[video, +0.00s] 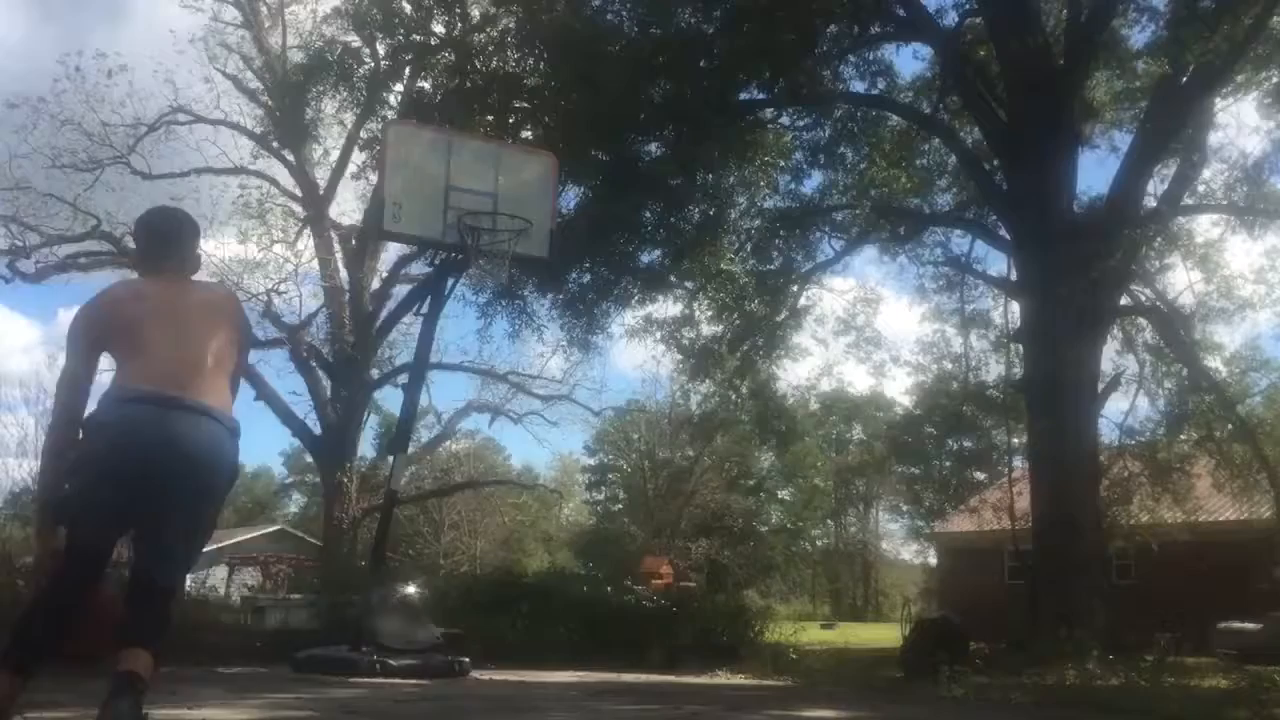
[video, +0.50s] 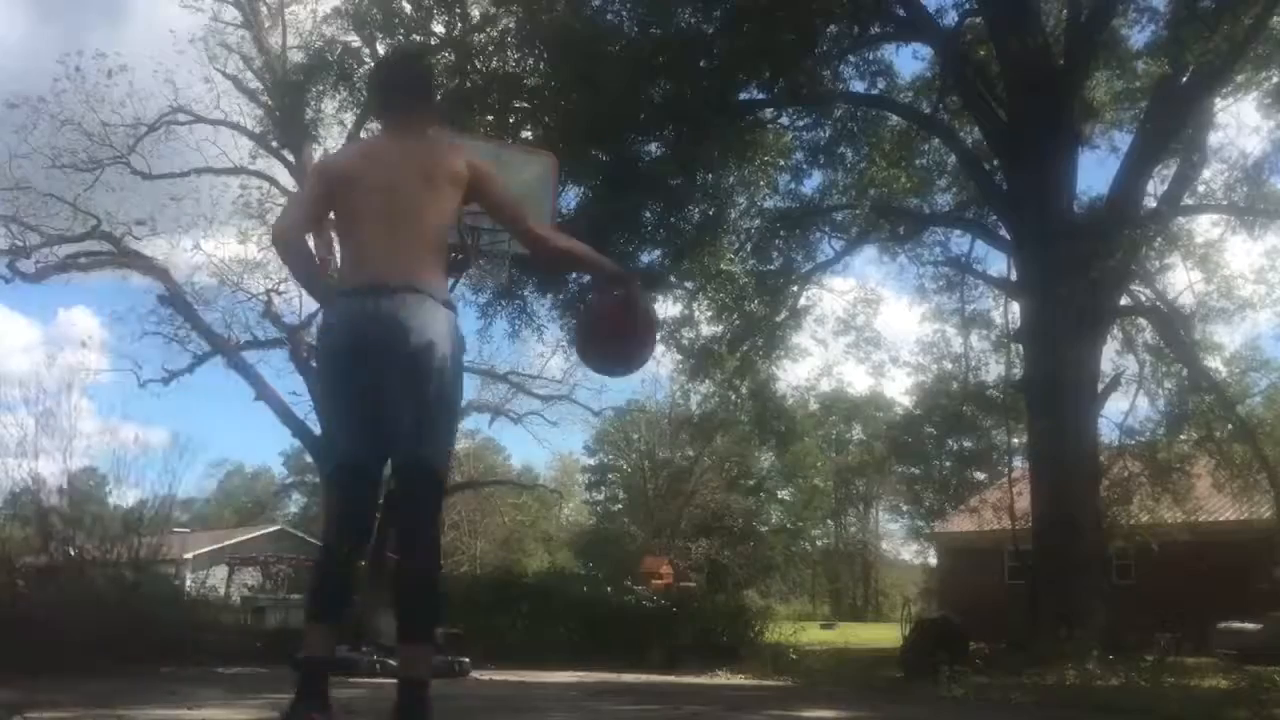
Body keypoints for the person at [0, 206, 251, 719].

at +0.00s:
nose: (195, 257)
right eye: (196, 249)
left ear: (137, 251)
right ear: (195, 254)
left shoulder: (105, 304)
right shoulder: (229, 304)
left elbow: (66, 418)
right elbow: (229, 386)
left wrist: (46, 513)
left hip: (123, 428)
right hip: (207, 441)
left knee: (74, 569)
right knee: (159, 579)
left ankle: (8, 689)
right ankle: (126, 695)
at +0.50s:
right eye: (428, 99)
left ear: (374, 102)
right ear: (432, 100)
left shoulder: (335, 164)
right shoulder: (455, 157)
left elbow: (286, 234)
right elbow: (536, 236)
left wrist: (329, 297)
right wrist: (612, 268)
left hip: (346, 321)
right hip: (423, 323)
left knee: (344, 516)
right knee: (419, 512)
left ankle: (311, 691)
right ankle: (414, 694)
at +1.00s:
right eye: (746, 168)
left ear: (687, 172)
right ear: (746, 171)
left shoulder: (657, 240)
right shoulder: (771, 233)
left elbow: (626, 350)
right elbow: (771, 339)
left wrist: (690, 330)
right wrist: (801, 377)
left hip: (660, 425)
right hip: (733, 419)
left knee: (740, 543)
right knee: (800, 579)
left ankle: (697, 679)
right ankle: (806, 707)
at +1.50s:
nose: (878, 7)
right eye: (875, 5)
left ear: (804, 9)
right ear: (861, 6)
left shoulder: (778, 42)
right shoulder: (884, 34)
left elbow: (751, 4)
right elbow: (909, 11)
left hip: (798, 241)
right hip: (877, 241)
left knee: (777, 434)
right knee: (881, 435)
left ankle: (748, 633)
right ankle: (886, 638)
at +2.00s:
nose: (906, 121)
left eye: (907, 111)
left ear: (911, 115)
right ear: (970, 119)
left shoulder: (872, 197)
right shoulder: (1005, 199)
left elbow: (860, 315)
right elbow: (1014, 310)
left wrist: (845, 408)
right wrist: (998, 388)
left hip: (894, 385)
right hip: (976, 389)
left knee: (863, 555)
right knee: (953, 563)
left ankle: (812, 699)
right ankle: (949, 704)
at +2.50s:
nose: (971, 100)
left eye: (975, 87)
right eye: (972, 88)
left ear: (994, 84)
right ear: (1045, 87)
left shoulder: (982, 158)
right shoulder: (1084, 167)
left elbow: (977, 262)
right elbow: (1126, 296)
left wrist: (957, 374)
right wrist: (1147, 412)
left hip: (1039, 358)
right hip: (1110, 359)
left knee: (1069, 552)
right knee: (1042, 554)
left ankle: (1129, 702)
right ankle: (1010, 701)